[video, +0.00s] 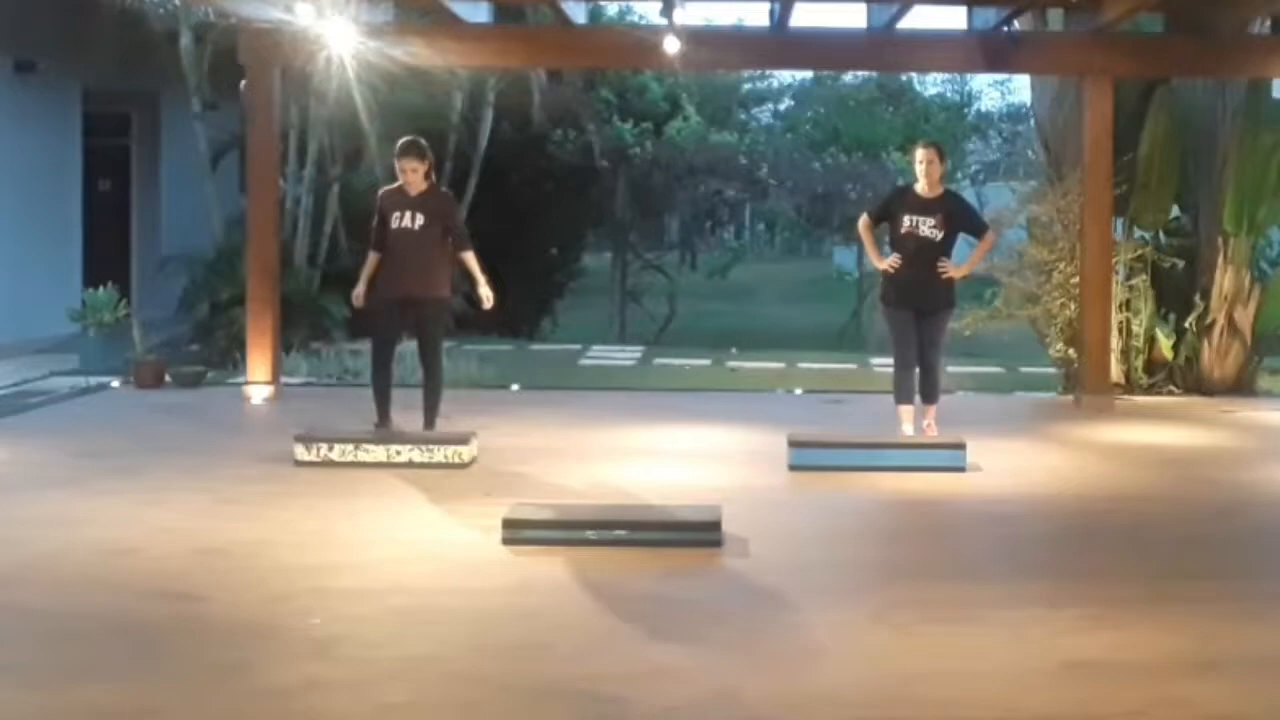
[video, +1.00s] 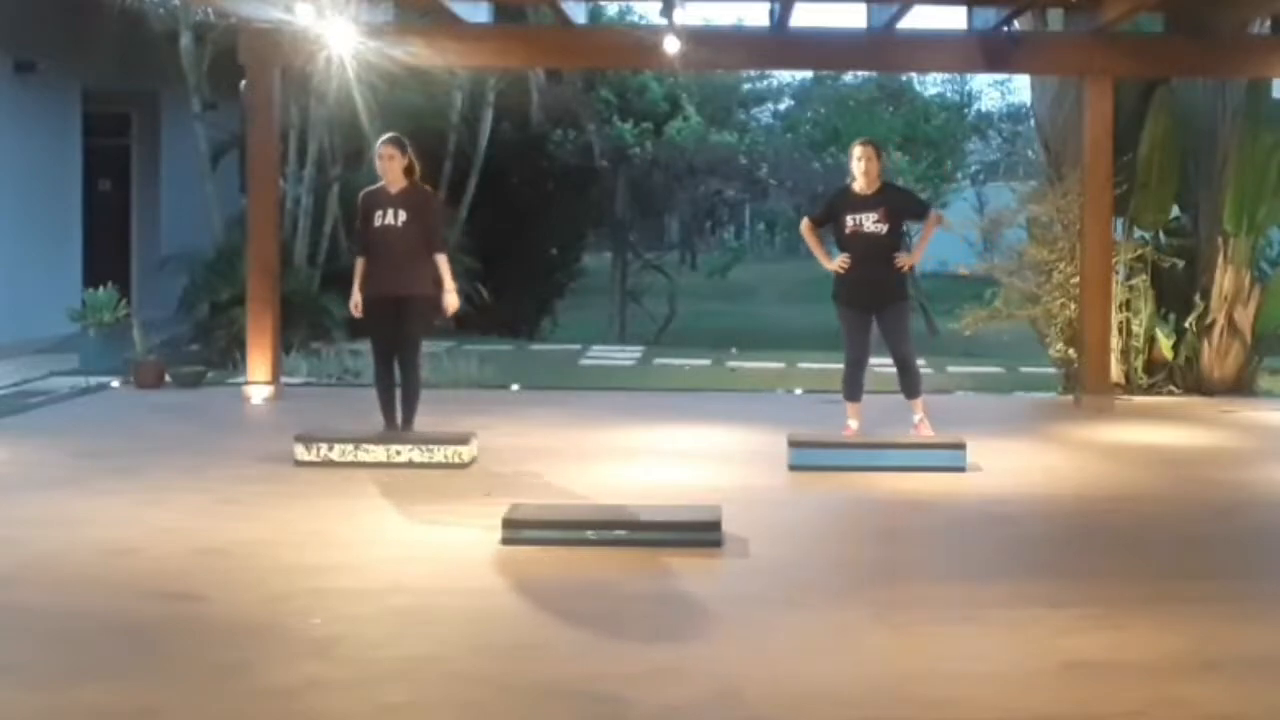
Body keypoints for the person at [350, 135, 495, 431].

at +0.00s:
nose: (407, 177)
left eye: (413, 170)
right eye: (403, 170)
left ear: (427, 168)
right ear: (396, 168)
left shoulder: (443, 201)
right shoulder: (386, 198)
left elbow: (463, 244)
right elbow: (377, 246)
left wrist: (481, 282)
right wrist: (362, 282)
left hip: (431, 295)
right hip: (391, 293)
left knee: (431, 360)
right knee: (380, 356)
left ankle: (429, 423)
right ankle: (383, 420)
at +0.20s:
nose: (407, 178)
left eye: (413, 171)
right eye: (402, 171)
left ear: (426, 168)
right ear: (395, 169)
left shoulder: (442, 200)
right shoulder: (384, 198)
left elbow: (452, 251)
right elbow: (379, 248)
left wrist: (464, 291)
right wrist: (373, 290)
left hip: (429, 295)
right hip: (391, 294)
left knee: (429, 362)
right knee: (387, 362)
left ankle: (428, 424)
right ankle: (390, 423)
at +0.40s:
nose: (400, 176)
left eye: (406, 170)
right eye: (395, 169)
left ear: (419, 168)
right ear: (388, 167)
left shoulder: (433, 200)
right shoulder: (376, 196)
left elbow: (435, 246)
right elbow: (364, 244)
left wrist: (425, 283)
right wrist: (353, 285)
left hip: (415, 291)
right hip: (380, 291)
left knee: (421, 360)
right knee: (385, 362)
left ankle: (427, 424)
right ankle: (390, 424)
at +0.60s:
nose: (391, 175)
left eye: (397, 169)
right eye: (386, 168)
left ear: (411, 166)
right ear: (381, 167)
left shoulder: (427, 200)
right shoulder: (371, 197)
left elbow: (430, 243)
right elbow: (359, 244)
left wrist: (406, 274)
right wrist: (344, 282)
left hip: (413, 291)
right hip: (376, 291)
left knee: (411, 357)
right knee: (382, 359)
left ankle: (416, 423)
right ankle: (388, 424)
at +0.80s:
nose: (385, 172)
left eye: (391, 165)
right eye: (380, 165)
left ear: (405, 163)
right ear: (375, 166)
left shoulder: (423, 198)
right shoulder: (369, 198)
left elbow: (428, 247)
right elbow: (363, 247)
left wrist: (426, 288)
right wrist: (355, 286)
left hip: (408, 291)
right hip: (376, 291)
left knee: (406, 359)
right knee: (381, 361)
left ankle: (406, 424)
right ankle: (388, 423)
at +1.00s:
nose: (385, 163)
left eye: (391, 157)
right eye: (380, 157)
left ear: (405, 161)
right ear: (375, 161)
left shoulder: (424, 197)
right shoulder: (368, 198)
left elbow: (437, 246)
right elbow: (362, 249)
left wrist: (449, 287)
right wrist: (356, 288)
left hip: (415, 293)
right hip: (378, 293)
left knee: (409, 359)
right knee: (382, 360)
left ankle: (407, 424)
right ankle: (389, 424)